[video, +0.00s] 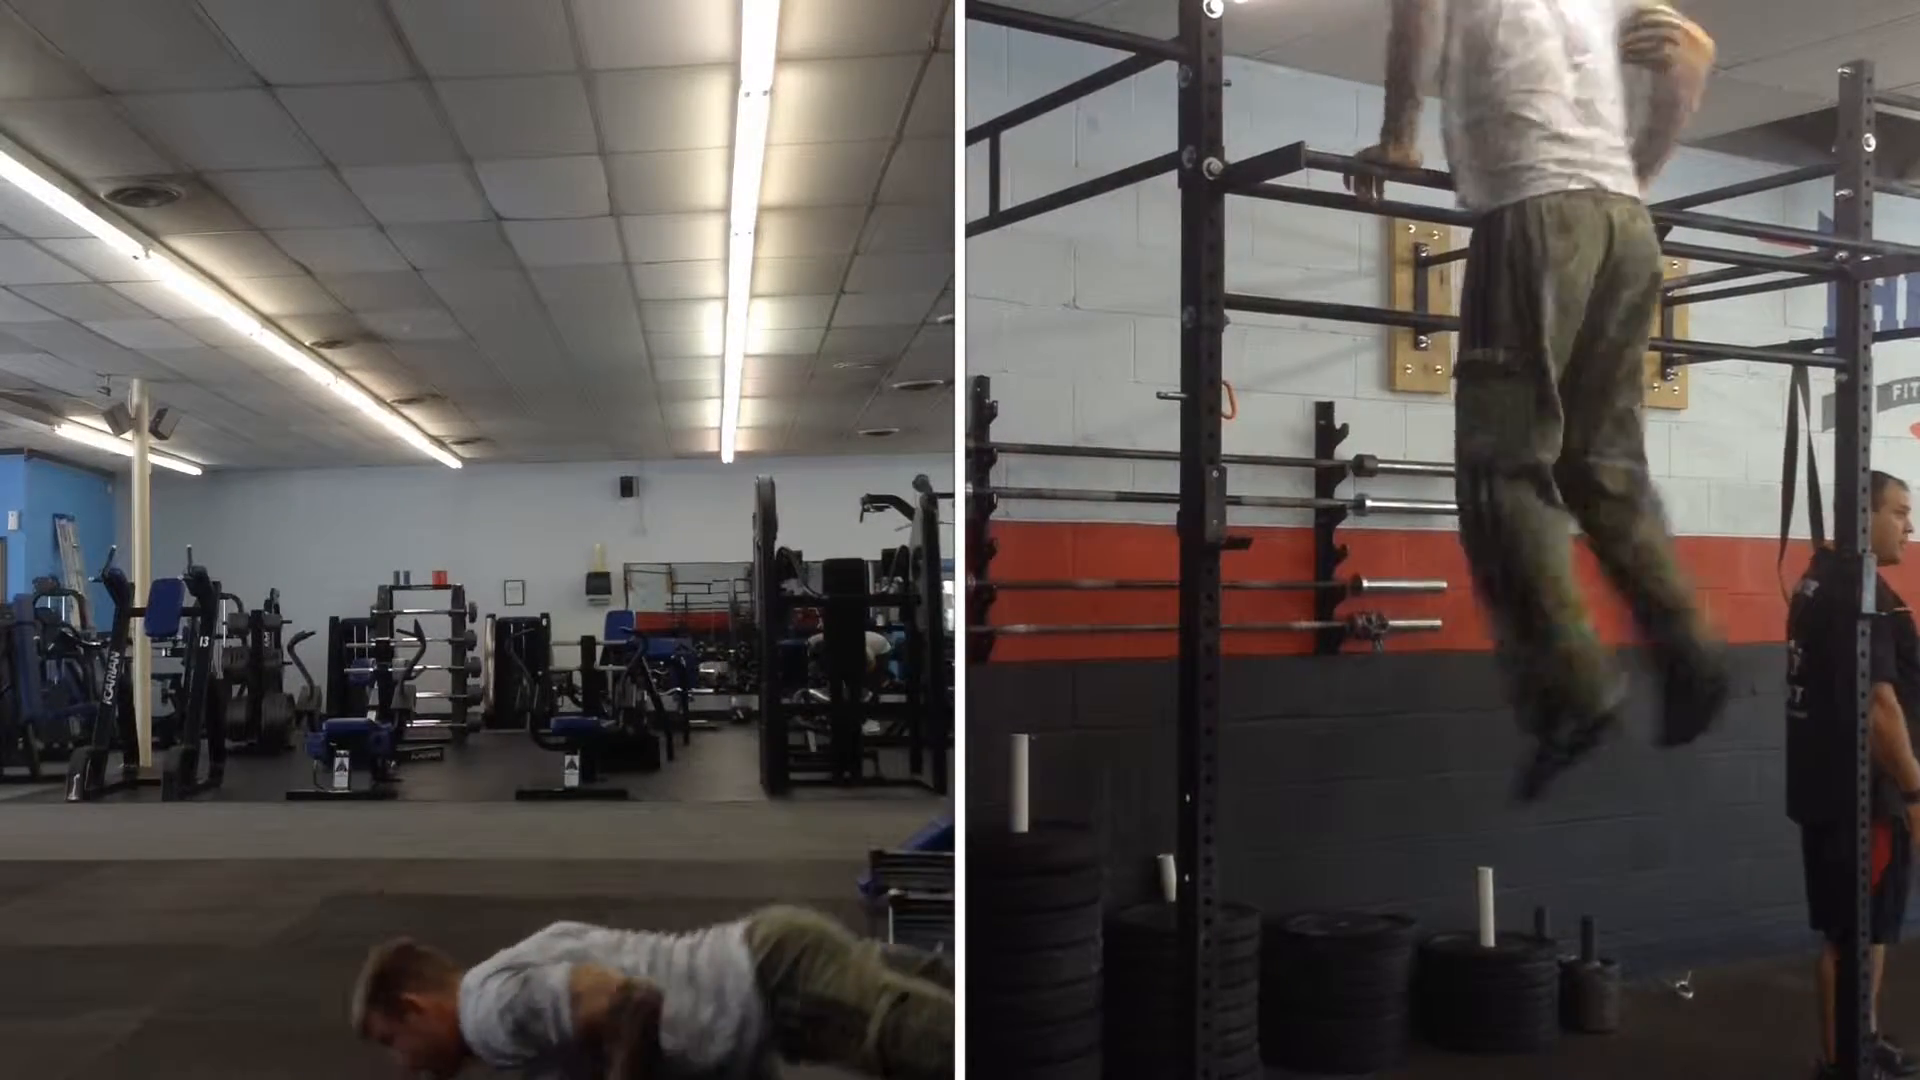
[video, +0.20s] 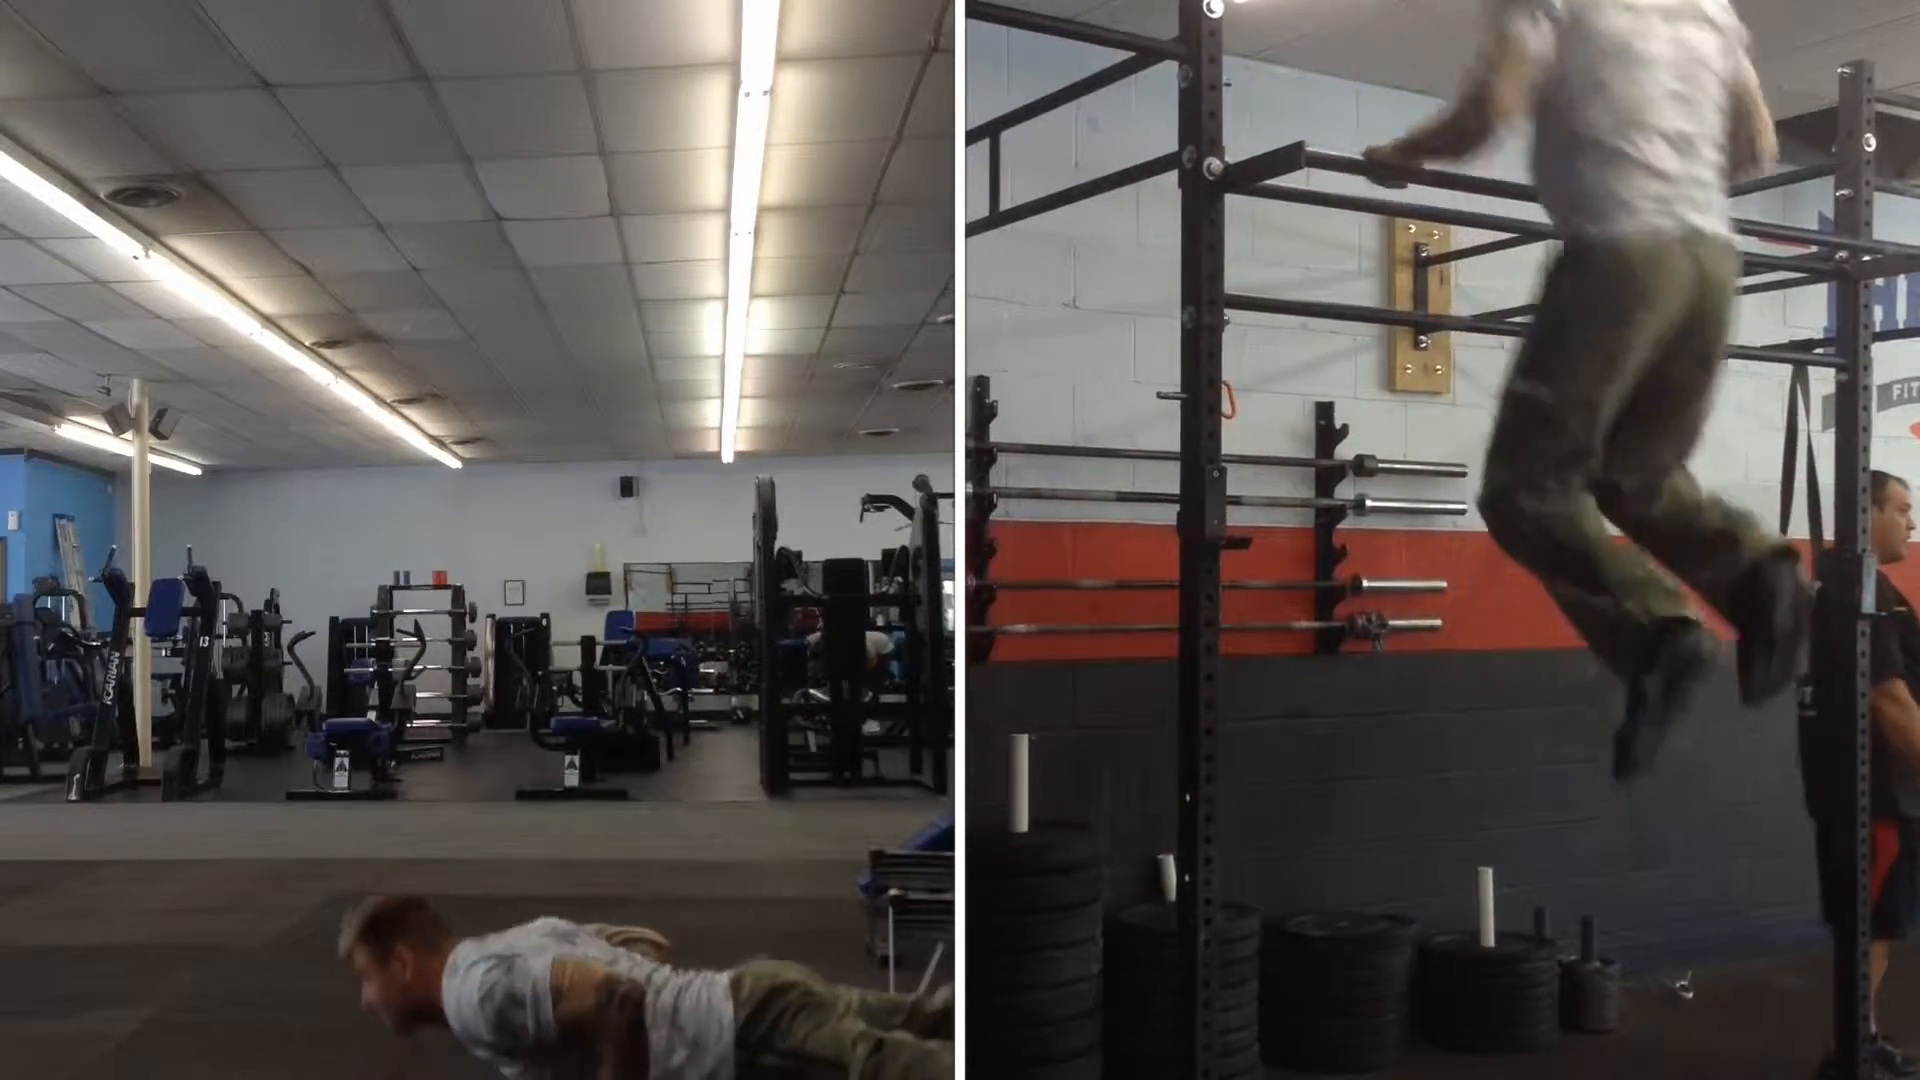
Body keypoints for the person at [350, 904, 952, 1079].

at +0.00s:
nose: (398, 1062)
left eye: (387, 1042)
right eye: (384, 1049)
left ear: (415, 1007)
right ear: (430, 985)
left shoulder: (489, 1007)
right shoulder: (507, 969)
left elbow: (626, 1001)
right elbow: (633, 989)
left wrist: (616, 1072)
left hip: (773, 982)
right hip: (773, 949)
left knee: (954, 1046)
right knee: (962, 1008)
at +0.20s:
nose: (364, 1001)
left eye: (364, 979)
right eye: (359, 982)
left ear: (401, 962)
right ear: (416, 949)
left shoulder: (476, 992)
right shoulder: (509, 942)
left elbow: (618, 997)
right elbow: (650, 943)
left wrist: (615, 1073)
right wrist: (589, 1031)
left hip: (750, 1034)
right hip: (756, 994)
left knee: (930, 1066)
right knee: (936, 1017)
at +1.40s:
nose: (434, 744)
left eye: (441, 726)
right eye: (434, 728)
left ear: (489, 725)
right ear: (497, 724)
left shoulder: (560, 820)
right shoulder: (569, 776)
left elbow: (595, 993)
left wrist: (608, 1071)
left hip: (764, 966)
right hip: (766, 937)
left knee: (930, 1050)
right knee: (932, 1002)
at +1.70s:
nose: (470, 836)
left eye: (459, 818)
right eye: (456, 825)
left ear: (484, 779)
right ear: (495, 770)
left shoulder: (588, 809)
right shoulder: (583, 777)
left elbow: (615, 988)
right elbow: (612, 981)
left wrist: (613, 1073)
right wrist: (613, 1070)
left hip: (846, 827)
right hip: (840, 820)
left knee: (987, 961)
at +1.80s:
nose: (515, 852)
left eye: (502, 835)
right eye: (499, 842)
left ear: (523, 793)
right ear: (530, 783)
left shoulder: (620, 808)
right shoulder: (613, 783)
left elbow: (628, 988)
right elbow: (628, 982)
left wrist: (620, 1070)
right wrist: (622, 1067)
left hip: (886, 814)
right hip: (880, 814)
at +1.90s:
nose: (554, 864)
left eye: (540, 849)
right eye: (538, 857)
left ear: (558, 806)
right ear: (566, 792)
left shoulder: (649, 812)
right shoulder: (643, 792)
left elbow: (646, 988)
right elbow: (645, 981)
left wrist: (627, 1068)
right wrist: (629, 1067)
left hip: (919, 799)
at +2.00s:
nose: (598, 884)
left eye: (585, 871)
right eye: (583, 878)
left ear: (598, 828)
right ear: (602, 813)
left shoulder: (687, 816)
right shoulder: (673, 798)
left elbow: (666, 988)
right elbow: (653, 957)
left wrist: (633, 1074)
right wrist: (621, 1065)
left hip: (945, 781)